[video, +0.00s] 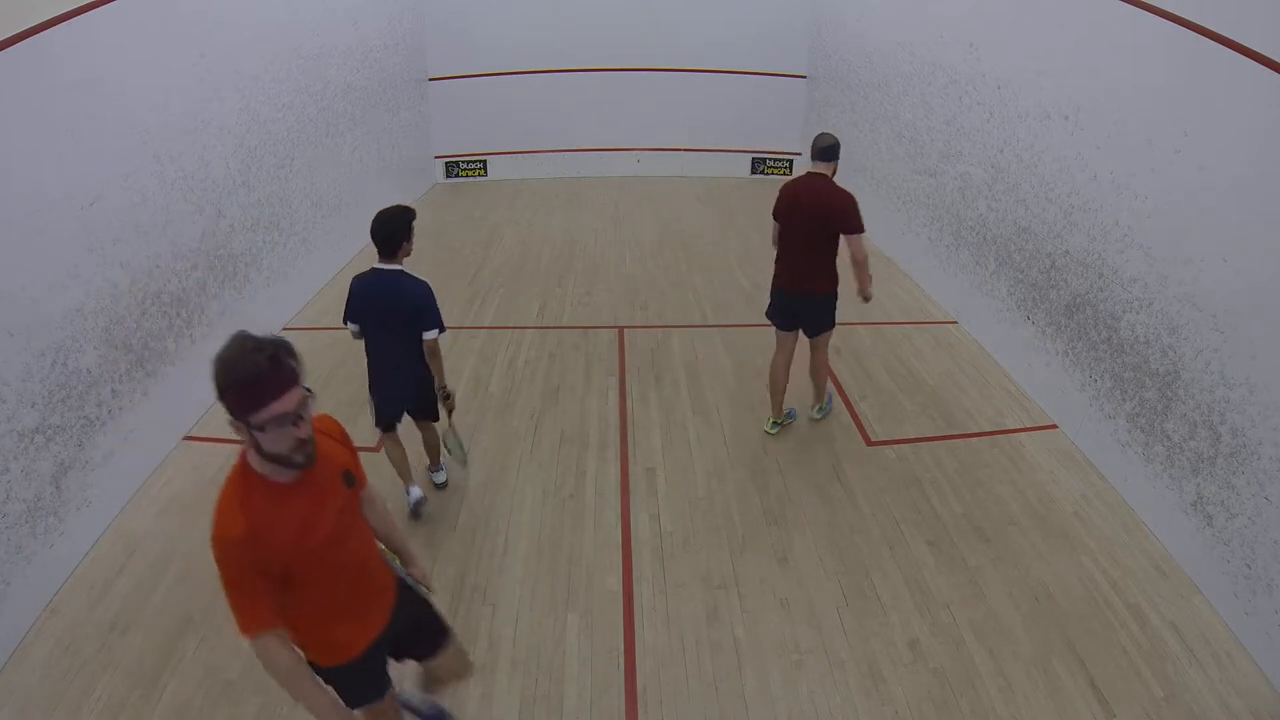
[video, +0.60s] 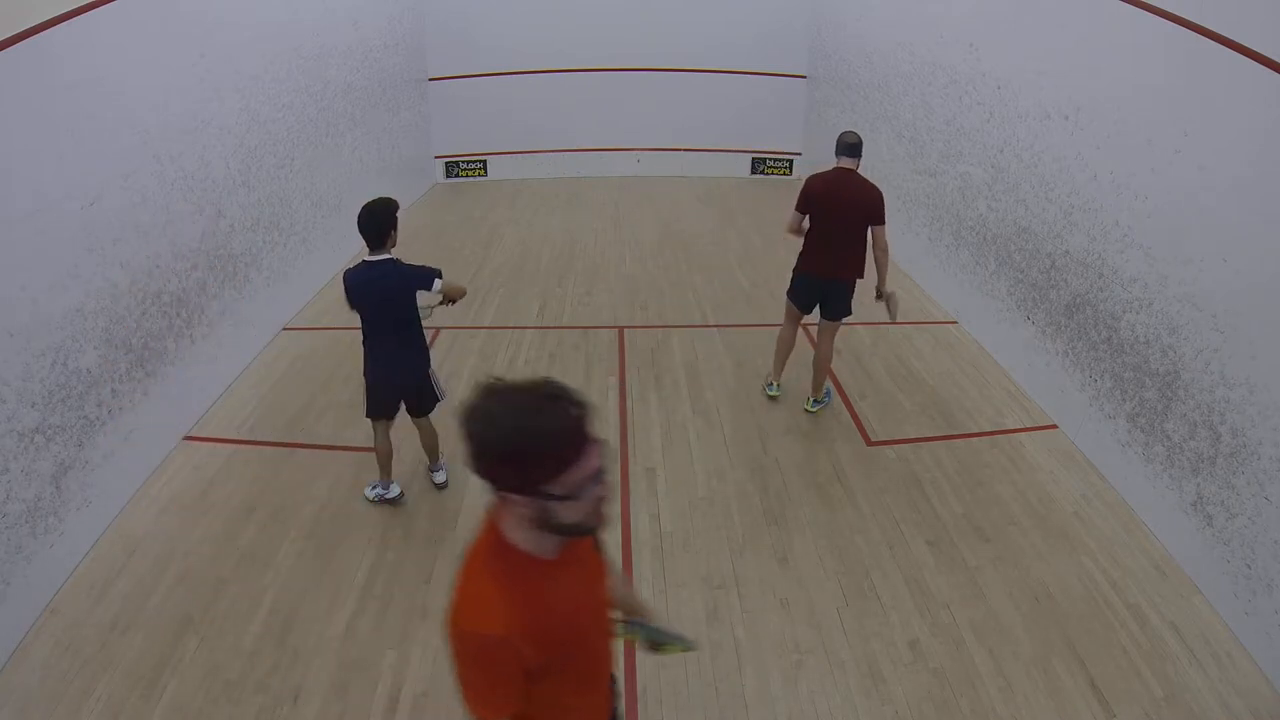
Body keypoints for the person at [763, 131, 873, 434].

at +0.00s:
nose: (832, 163)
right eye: (836, 158)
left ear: (810, 157)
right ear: (837, 160)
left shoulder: (789, 189)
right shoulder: (843, 199)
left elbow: (777, 238)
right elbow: (857, 255)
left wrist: (791, 255)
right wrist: (864, 287)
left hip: (784, 286)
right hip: (821, 290)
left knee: (782, 351)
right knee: (819, 351)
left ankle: (776, 416)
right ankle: (818, 405)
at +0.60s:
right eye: (857, 154)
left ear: (835, 153)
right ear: (861, 156)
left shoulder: (815, 182)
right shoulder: (871, 193)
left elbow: (793, 227)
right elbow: (880, 246)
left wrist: (813, 233)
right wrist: (881, 283)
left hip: (808, 272)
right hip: (842, 279)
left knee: (790, 322)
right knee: (826, 339)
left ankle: (774, 381)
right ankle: (815, 396)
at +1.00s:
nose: (848, 155)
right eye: (850, 152)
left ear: (826, 149)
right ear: (851, 153)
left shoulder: (806, 177)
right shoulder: (851, 189)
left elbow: (799, 216)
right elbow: (869, 238)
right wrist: (897, 241)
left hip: (800, 264)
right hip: (833, 269)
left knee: (790, 318)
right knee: (849, 316)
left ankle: (770, 377)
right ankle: (829, 376)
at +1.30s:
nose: (868, 162)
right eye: (869, 159)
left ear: (845, 158)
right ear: (867, 163)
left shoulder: (827, 181)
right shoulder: (860, 198)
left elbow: (824, 217)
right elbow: (883, 240)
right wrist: (918, 222)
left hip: (813, 265)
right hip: (845, 271)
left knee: (796, 316)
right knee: (855, 318)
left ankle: (771, 373)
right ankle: (861, 367)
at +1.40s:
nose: (878, 166)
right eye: (878, 163)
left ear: (854, 160)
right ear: (876, 168)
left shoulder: (838, 180)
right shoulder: (867, 201)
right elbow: (891, 239)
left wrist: (877, 195)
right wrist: (926, 217)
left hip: (821, 262)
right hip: (853, 269)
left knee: (801, 306)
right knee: (862, 314)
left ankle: (774, 360)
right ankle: (861, 366)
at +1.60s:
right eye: (889, 161)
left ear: (864, 158)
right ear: (888, 167)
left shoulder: (849, 172)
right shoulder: (874, 198)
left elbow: (835, 176)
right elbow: (903, 231)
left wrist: (847, 160)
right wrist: (926, 197)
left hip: (827, 256)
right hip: (858, 267)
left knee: (810, 304)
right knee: (866, 312)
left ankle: (783, 357)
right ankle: (861, 365)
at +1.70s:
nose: (884, 157)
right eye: (885, 154)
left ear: (861, 153)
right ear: (885, 159)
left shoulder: (843, 172)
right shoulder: (886, 195)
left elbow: (816, 185)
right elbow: (922, 215)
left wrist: (816, 165)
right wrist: (929, 193)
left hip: (827, 257)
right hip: (860, 266)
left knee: (810, 306)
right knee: (863, 313)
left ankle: (790, 365)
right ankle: (861, 365)